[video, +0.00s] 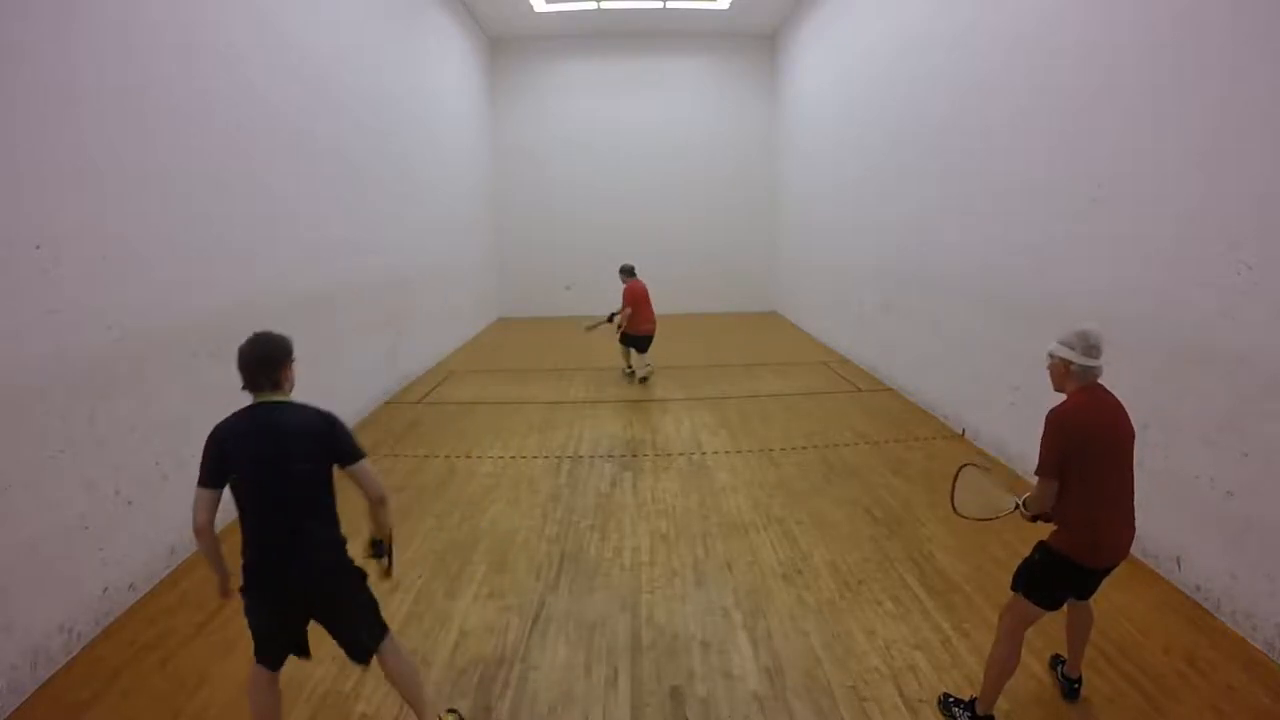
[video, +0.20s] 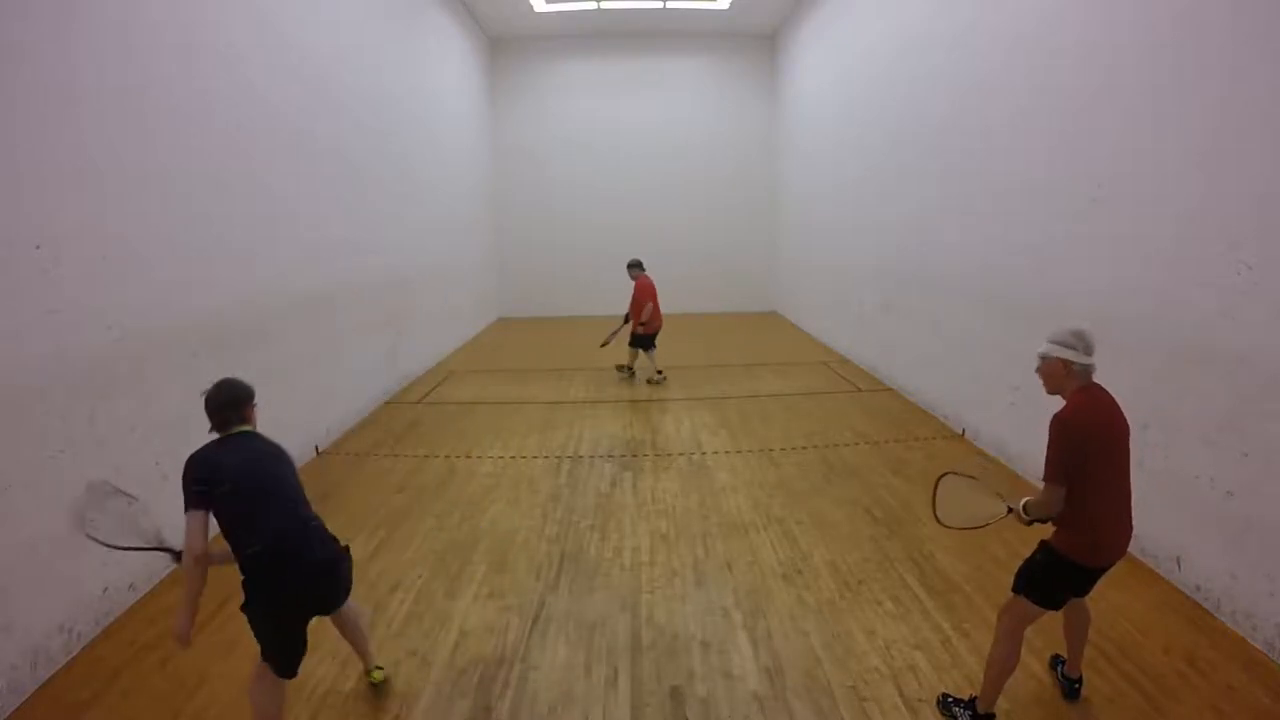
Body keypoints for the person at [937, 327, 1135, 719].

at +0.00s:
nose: (1048, 367)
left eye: (1053, 360)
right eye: (1050, 359)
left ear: (1068, 367)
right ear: (1089, 368)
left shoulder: (1062, 416)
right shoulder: (1113, 408)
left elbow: (1044, 497)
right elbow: (1101, 479)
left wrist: (1028, 507)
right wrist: (1052, 506)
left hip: (1077, 543)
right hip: (1116, 541)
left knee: (1014, 619)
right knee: (1080, 597)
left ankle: (981, 708)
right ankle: (1073, 675)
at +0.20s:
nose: (1038, 369)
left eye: (1045, 361)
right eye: (1041, 360)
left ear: (1069, 368)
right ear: (1078, 369)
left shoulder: (1067, 420)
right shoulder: (1105, 405)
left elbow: (1052, 502)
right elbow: (1092, 481)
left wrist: (1027, 509)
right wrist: (1045, 506)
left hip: (1078, 544)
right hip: (1113, 539)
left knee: (1012, 617)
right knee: (1074, 595)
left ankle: (982, 708)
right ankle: (1072, 675)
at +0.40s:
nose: (1032, 370)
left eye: (1040, 362)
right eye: (1035, 361)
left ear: (1066, 368)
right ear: (1072, 369)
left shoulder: (1073, 422)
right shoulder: (1098, 404)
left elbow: (1059, 506)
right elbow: (1090, 481)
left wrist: (1025, 513)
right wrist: (1042, 506)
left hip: (1076, 545)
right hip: (1107, 537)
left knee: (1014, 621)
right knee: (1070, 598)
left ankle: (983, 707)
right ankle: (1072, 674)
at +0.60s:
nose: (1032, 366)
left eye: (1039, 359)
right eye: (1034, 358)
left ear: (1064, 365)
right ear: (1070, 366)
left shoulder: (1074, 421)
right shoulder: (1096, 403)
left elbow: (1060, 507)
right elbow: (1088, 480)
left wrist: (1021, 514)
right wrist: (1043, 504)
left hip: (1076, 544)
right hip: (1105, 536)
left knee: (1015, 622)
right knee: (1070, 598)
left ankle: (982, 708)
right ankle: (1073, 675)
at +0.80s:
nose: (1034, 366)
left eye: (1042, 358)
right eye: (1037, 357)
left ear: (1067, 365)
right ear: (1072, 365)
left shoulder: (1074, 420)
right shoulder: (1098, 402)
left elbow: (1057, 504)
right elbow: (1090, 478)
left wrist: (1023, 513)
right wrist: (1042, 503)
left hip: (1075, 543)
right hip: (1105, 535)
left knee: (1014, 622)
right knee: (1071, 598)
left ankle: (982, 708)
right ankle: (1073, 676)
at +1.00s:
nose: (1039, 366)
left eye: (1047, 359)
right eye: (1041, 358)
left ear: (1075, 364)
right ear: (1076, 365)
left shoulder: (1081, 418)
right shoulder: (1096, 402)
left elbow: (1070, 501)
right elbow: (1084, 480)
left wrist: (1027, 516)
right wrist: (1044, 507)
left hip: (1074, 543)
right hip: (1096, 535)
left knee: (1015, 621)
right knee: (1068, 597)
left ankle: (983, 707)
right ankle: (1077, 675)